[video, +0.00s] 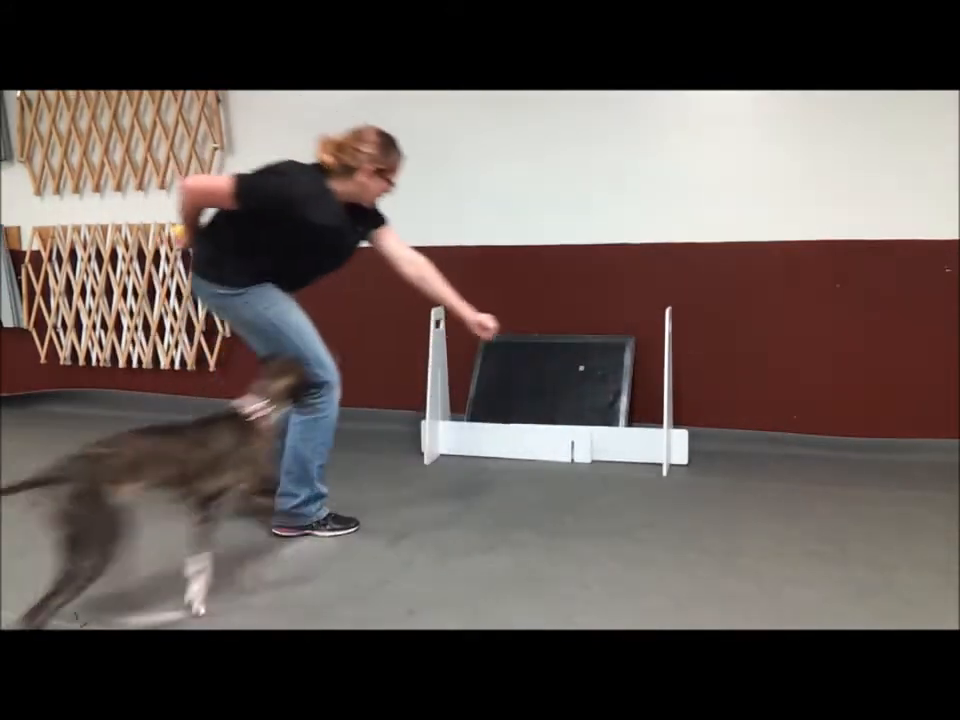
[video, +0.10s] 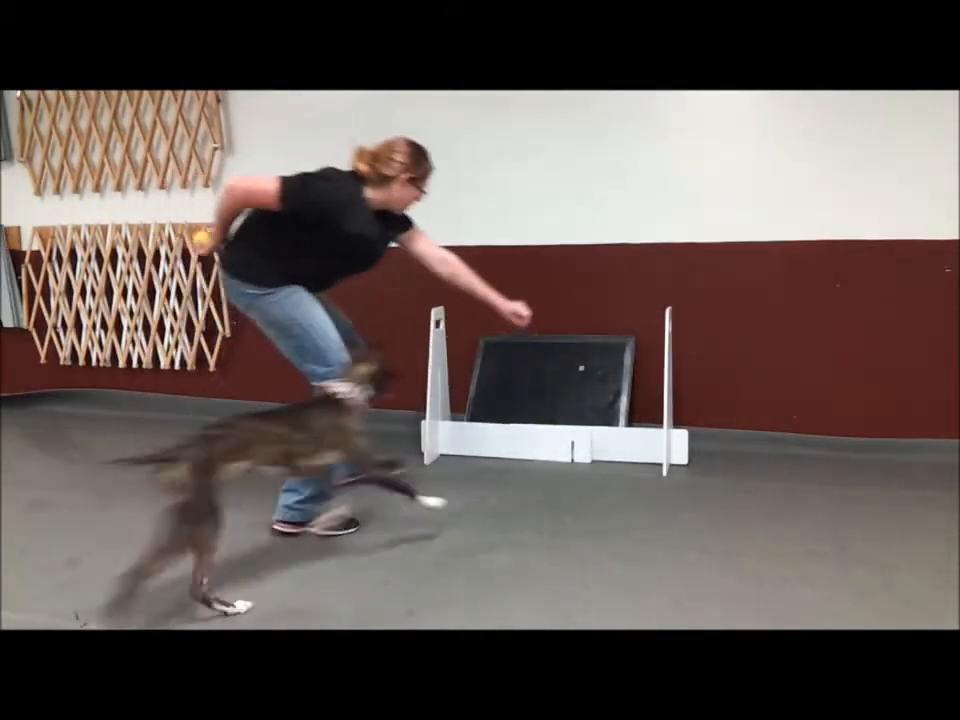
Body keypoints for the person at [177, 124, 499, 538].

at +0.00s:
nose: (389, 187)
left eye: (392, 180)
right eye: (385, 177)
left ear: (366, 173)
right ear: (362, 170)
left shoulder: (361, 215)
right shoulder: (294, 184)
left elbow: (411, 264)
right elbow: (193, 189)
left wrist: (469, 314)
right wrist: (190, 235)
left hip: (256, 282)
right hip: (230, 280)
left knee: (294, 376)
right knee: (321, 382)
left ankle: (261, 478)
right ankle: (298, 511)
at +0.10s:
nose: (419, 196)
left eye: (422, 188)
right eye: (417, 186)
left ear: (400, 180)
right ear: (397, 178)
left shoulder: (391, 221)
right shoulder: (331, 190)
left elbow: (442, 262)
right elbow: (237, 189)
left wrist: (501, 303)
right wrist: (217, 236)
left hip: (293, 282)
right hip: (256, 277)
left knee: (357, 364)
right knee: (339, 383)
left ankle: (341, 464)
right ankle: (298, 507)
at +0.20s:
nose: (442, 200)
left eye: (444, 192)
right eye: (441, 190)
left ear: (424, 184)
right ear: (422, 182)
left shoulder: (415, 224)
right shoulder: (365, 193)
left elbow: (464, 255)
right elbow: (276, 193)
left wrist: (522, 288)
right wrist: (240, 244)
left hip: (323, 286)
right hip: (288, 279)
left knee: (378, 379)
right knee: (364, 384)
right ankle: (308, 501)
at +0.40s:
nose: (466, 201)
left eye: (468, 195)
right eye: (466, 193)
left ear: (444, 183)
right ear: (452, 187)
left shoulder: (430, 216)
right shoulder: (404, 198)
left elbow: (465, 227)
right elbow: (334, 211)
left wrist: (510, 237)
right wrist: (284, 269)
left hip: (352, 281)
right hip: (326, 284)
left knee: (402, 362)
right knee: (407, 365)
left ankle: (395, 454)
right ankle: (359, 461)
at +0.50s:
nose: (472, 200)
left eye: (475, 194)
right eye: (472, 192)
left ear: (453, 185)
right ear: (457, 185)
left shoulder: (430, 206)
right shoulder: (414, 198)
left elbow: (448, 219)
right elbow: (345, 219)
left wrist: (474, 226)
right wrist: (321, 294)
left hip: (354, 274)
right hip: (336, 278)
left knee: (392, 358)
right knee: (410, 360)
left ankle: (386, 451)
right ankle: (398, 456)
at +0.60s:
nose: (477, 202)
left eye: (479, 195)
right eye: (477, 193)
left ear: (457, 185)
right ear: (462, 187)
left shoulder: (429, 208)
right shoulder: (417, 197)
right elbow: (346, 228)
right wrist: (366, 302)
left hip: (352, 273)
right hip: (328, 275)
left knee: (394, 354)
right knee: (409, 355)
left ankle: (387, 451)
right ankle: (398, 455)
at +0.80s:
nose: (479, 222)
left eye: (482, 215)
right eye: (480, 213)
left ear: (459, 203)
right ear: (463, 206)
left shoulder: (434, 230)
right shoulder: (406, 214)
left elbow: (378, 267)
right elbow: (351, 268)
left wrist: (406, 298)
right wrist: (407, 304)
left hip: (358, 271)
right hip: (313, 268)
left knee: (400, 354)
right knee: (357, 358)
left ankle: (391, 452)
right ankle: (388, 452)